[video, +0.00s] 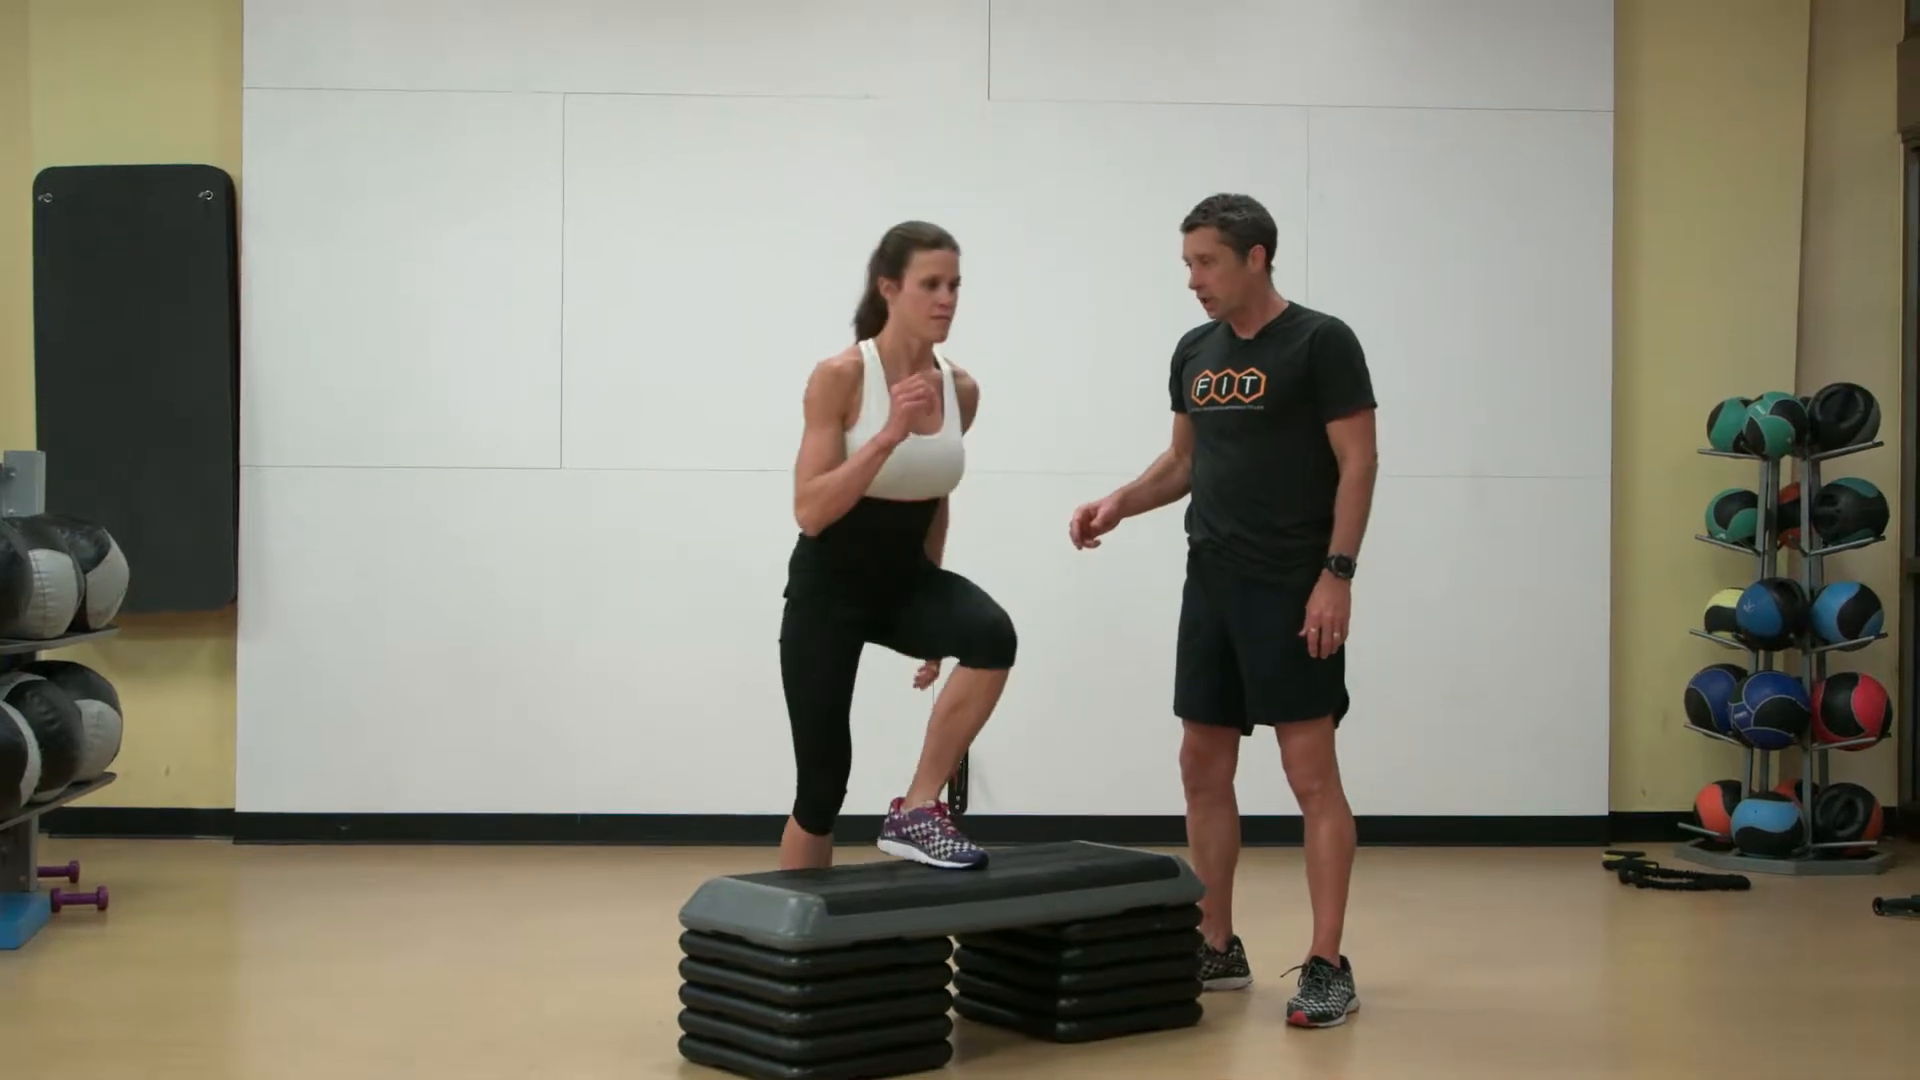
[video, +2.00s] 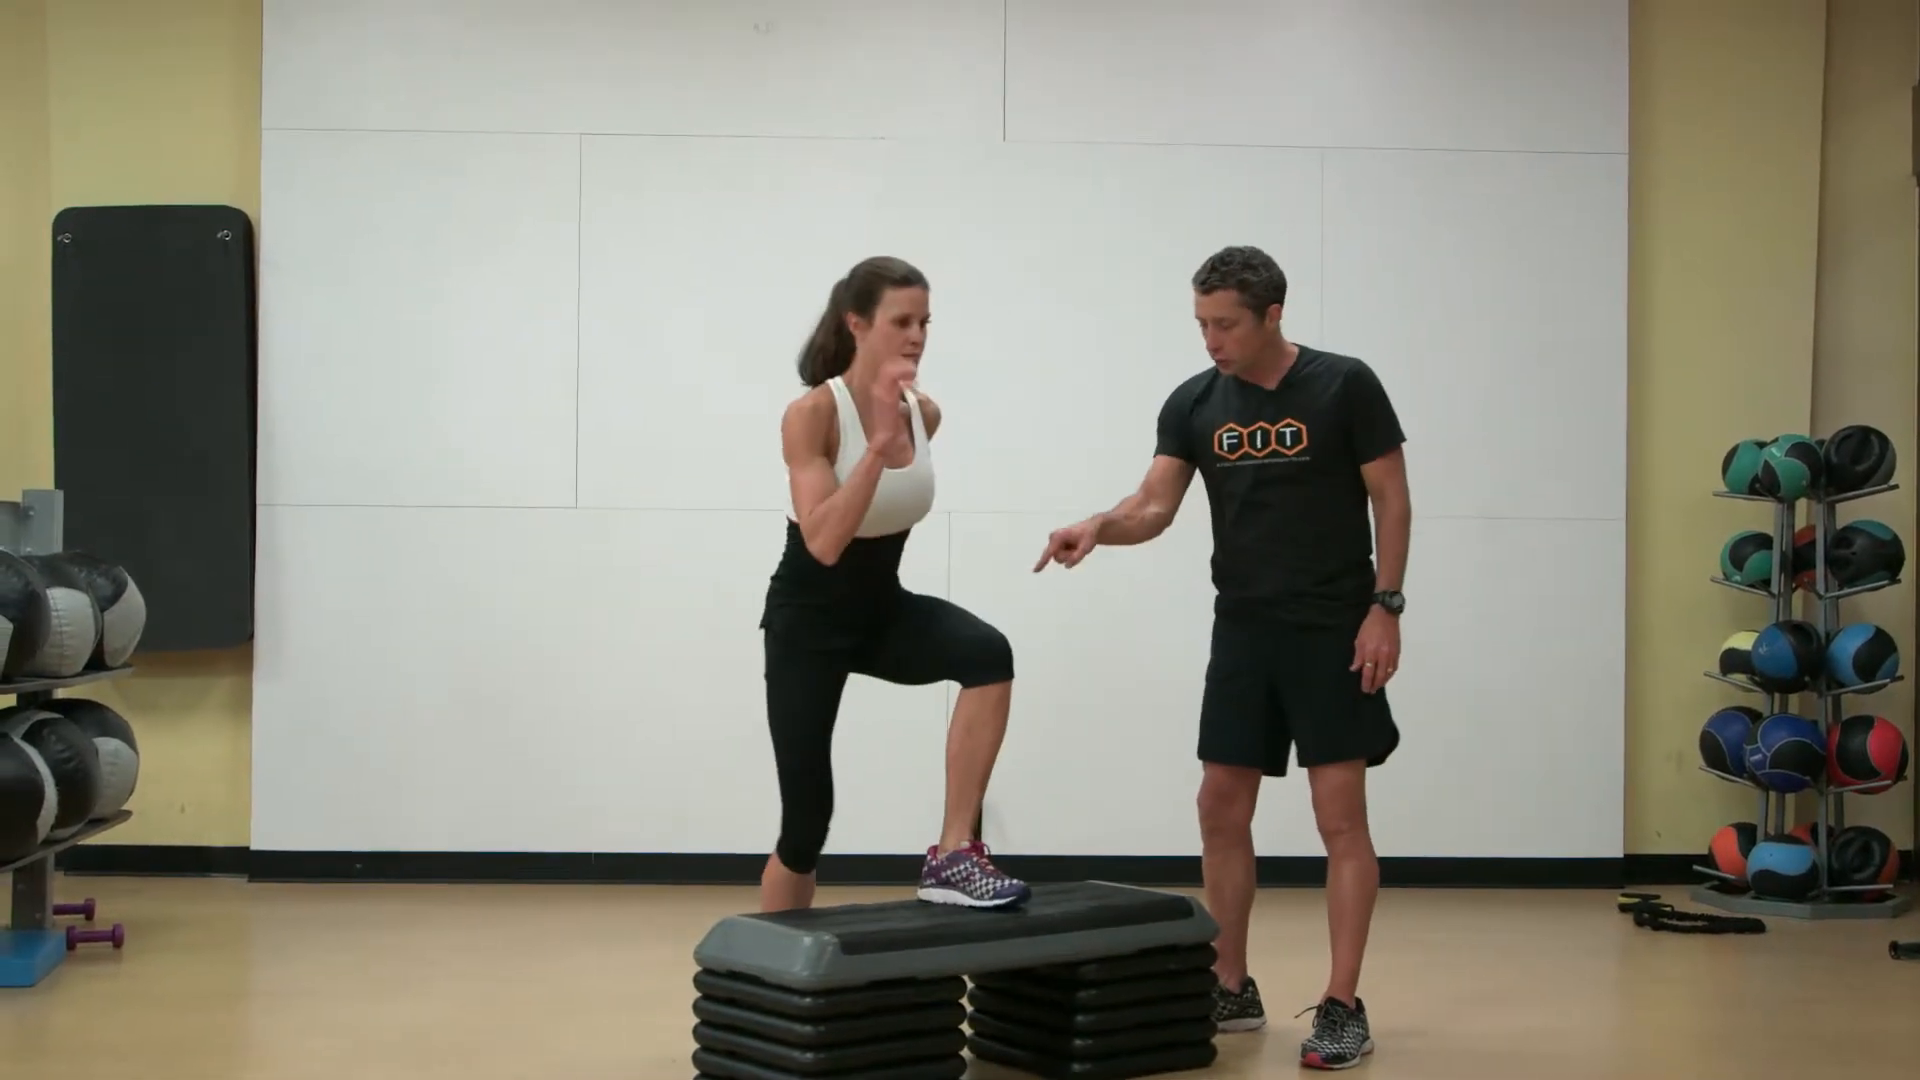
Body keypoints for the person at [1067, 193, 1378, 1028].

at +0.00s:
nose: (1192, 279)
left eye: (1205, 264)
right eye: (1187, 265)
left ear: (1256, 258)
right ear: (1198, 265)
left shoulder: (1323, 343)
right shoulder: (1193, 354)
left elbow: (1358, 463)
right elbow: (1181, 464)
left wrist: (1337, 573)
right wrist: (1119, 502)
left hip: (1294, 588)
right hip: (1211, 586)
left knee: (1312, 775)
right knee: (1202, 766)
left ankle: (1326, 961)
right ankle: (1215, 945)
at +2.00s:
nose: (1210, 339)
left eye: (1223, 325)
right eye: (1203, 325)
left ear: (1272, 315)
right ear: (1202, 320)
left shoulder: (1344, 386)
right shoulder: (1193, 403)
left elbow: (1393, 501)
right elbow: (1151, 507)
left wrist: (1385, 608)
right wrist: (1093, 528)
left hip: (1333, 631)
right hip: (1243, 632)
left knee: (1340, 817)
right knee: (1220, 804)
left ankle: (1341, 1002)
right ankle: (1230, 988)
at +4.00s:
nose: (1237, 318)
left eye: (1250, 302)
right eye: (1229, 303)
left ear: (1297, 295)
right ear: (1226, 302)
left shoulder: (1368, 375)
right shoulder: (1218, 388)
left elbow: (1413, 490)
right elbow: (1192, 498)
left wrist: (1409, 599)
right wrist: (1156, 580)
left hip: (1346, 619)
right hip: (1254, 619)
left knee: (1349, 808)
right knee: (1229, 796)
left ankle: (1347, 991)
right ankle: (1236, 974)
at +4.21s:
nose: (1244, 297)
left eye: (1259, 282)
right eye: (1239, 282)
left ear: (1309, 283)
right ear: (1241, 286)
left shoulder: (1372, 376)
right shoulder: (1220, 382)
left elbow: (1410, 496)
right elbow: (1207, 492)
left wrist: (1391, 606)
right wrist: (1172, 533)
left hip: (1348, 617)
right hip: (1256, 617)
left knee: (1351, 806)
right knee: (1232, 793)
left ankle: (1350, 990)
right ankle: (1239, 973)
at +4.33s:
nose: (1253, 291)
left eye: (1267, 275)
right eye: (1249, 277)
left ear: (1317, 278)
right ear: (1253, 283)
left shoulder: (1375, 375)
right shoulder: (1238, 373)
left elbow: (1377, 498)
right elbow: (1205, 484)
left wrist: (1313, 585)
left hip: (1347, 612)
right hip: (1255, 610)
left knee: (1353, 802)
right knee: (1233, 795)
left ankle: (1350, 991)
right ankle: (1240, 975)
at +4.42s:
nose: (1257, 288)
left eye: (1272, 274)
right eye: (1255, 275)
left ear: (1323, 275)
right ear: (1263, 279)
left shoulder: (1379, 372)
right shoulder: (1244, 363)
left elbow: (1358, 485)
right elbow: (1205, 448)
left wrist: (1278, 560)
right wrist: (1216, 340)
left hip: (1346, 614)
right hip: (1259, 610)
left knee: (1352, 802)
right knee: (1235, 793)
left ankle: (1351, 991)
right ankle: (1241, 974)